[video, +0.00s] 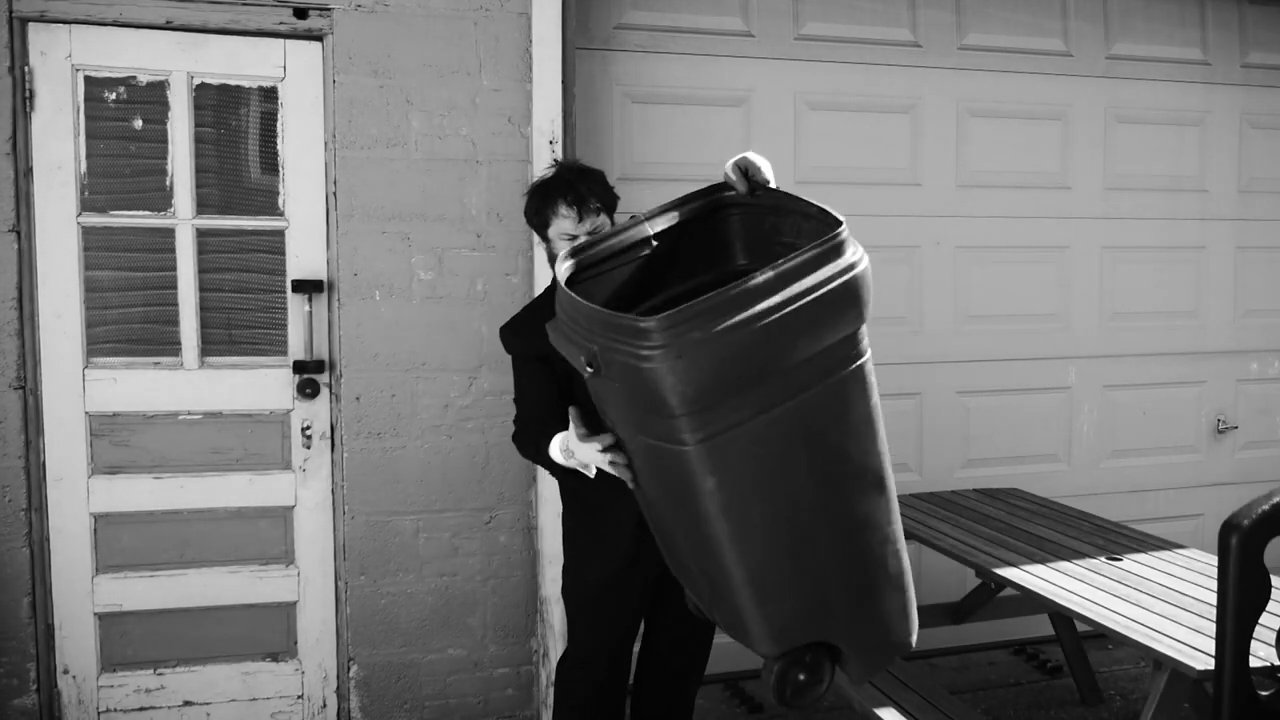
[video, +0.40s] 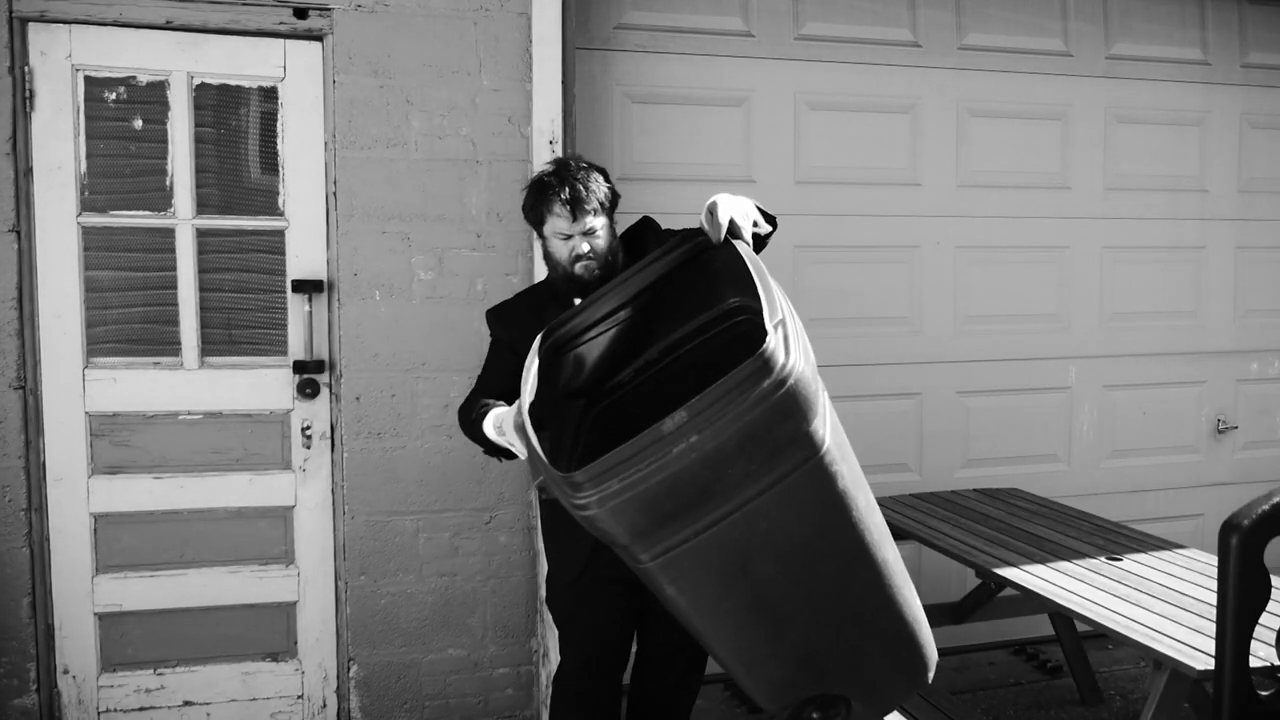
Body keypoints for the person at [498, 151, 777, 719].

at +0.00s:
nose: (585, 249)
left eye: (595, 233)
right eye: (568, 241)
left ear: (618, 223)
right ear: (546, 247)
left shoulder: (666, 288)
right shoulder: (535, 330)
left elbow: (732, 270)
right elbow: (531, 430)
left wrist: (748, 203)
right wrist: (565, 450)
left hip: (691, 522)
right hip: (603, 532)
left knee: (673, 684)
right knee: (593, 683)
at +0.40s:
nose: (580, 249)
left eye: (591, 232)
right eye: (563, 237)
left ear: (613, 219)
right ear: (540, 238)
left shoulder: (656, 256)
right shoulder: (520, 320)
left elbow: (749, 241)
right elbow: (476, 407)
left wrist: (740, 212)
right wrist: (498, 420)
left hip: (684, 506)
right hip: (583, 519)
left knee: (673, 673)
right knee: (591, 674)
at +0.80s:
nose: (576, 253)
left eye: (586, 235)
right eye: (557, 241)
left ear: (604, 218)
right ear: (525, 238)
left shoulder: (650, 267)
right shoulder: (492, 316)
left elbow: (737, 286)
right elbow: (420, 393)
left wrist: (767, 289)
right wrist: (459, 419)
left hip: (662, 529)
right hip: (553, 545)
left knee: (670, 685)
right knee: (568, 700)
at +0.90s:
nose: (584, 254)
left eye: (594, 236)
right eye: (564, 242)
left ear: (613, 219)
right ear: (531, 236)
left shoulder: (657, 271)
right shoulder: (494, 316)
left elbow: (754, 306)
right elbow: (422, 399)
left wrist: (780, 329)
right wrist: (467, 433)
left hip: (665, 534)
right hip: (557, 550)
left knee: (672, 691)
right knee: (566, 703)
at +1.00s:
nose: (592, 258)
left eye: (605, 239)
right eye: (572, 244)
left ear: (627, 225)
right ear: (543, 238)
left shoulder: (670, 278)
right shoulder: (503, 316)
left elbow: (768, 335)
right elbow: (436, 405)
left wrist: (793, 377)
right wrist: (476, 457)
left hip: (668, 534)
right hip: (557, 545)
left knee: (675, 693)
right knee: (570, 700)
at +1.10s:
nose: (609, 263)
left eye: (624, 245)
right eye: (590, 248)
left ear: (647, 231)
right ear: (563, 239)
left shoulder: (687, 285)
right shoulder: (517, 319)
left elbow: (780, 366)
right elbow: (456, 415)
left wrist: (804, 429)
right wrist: (488, 486)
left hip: (682, 543)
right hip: (571, 550)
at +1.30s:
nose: (650, 281)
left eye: (667, 264)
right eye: (634, 264)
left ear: (690, 245)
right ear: (605, 246)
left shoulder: (726, 301)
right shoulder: (553, 326)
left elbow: (791, 403)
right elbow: (504, 434)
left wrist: (817, 496)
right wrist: (510, 535)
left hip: (702, 561)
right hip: (589, 567)